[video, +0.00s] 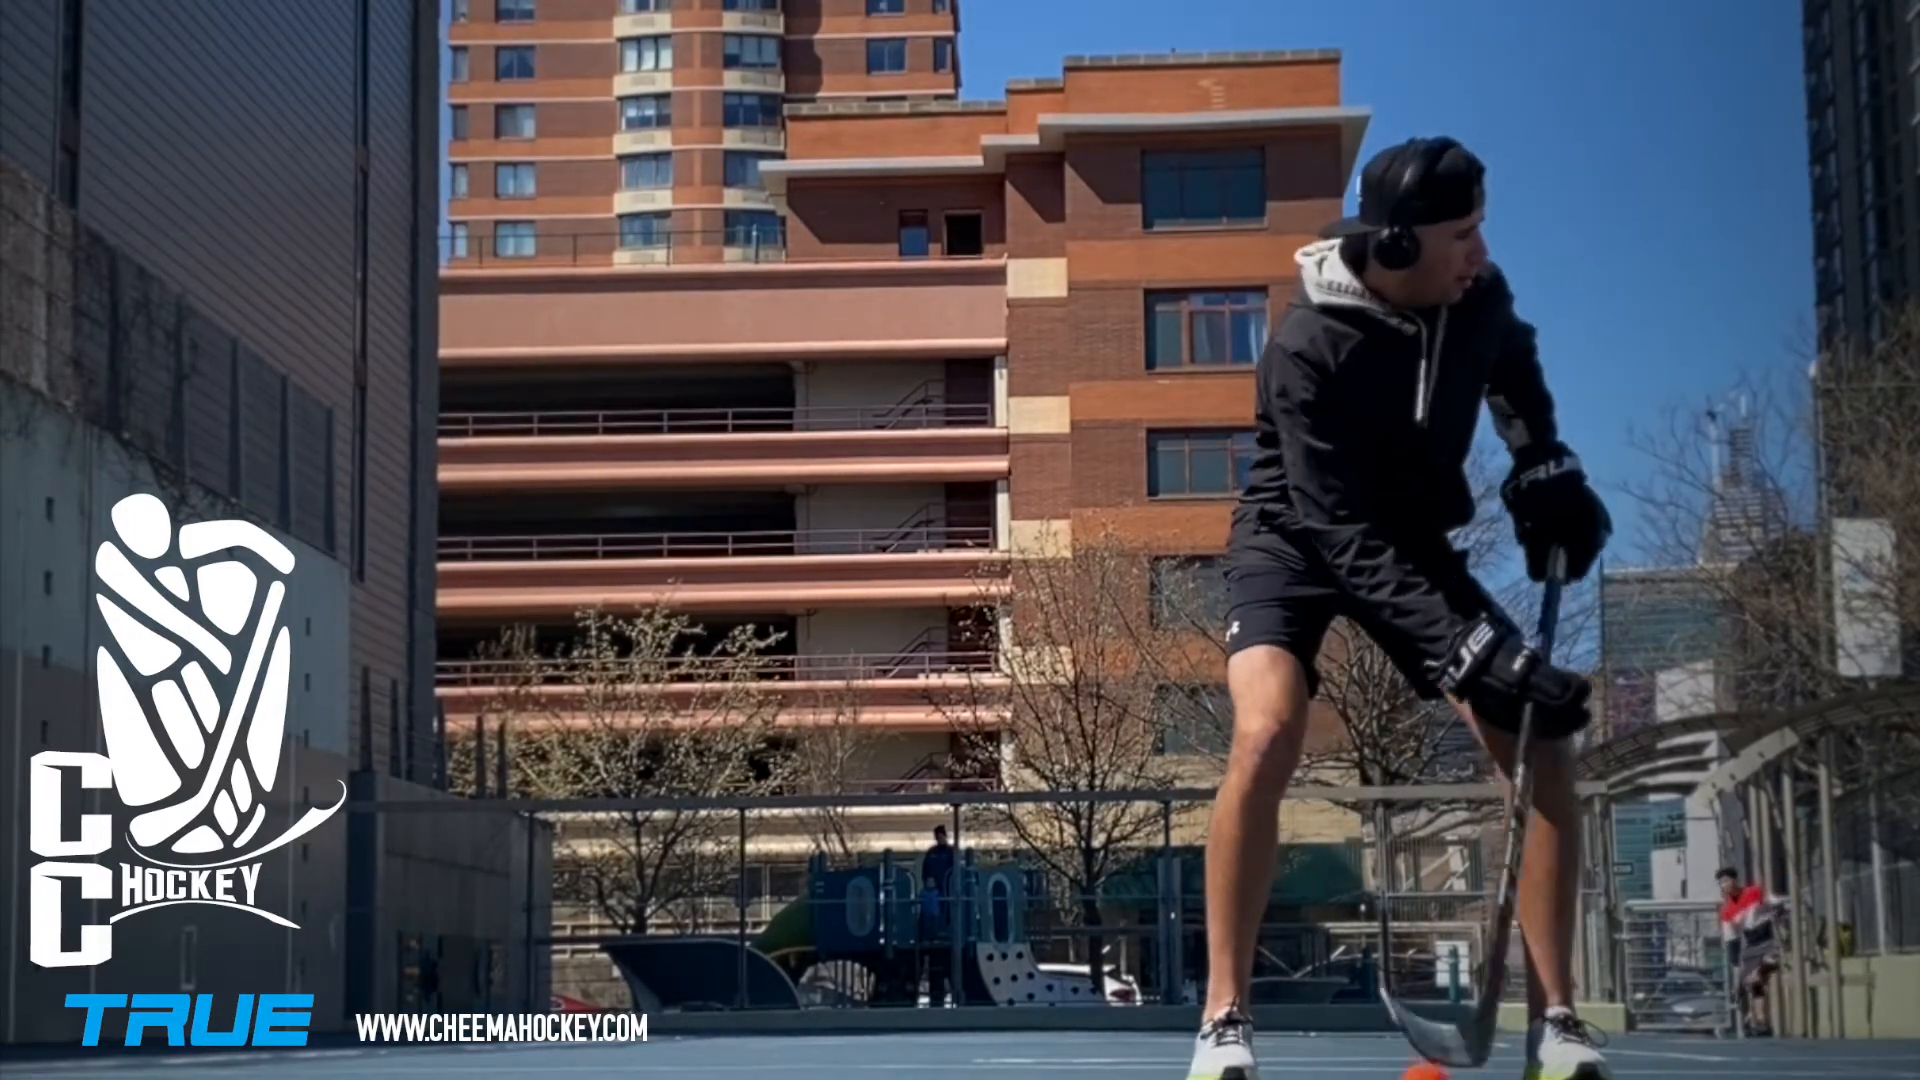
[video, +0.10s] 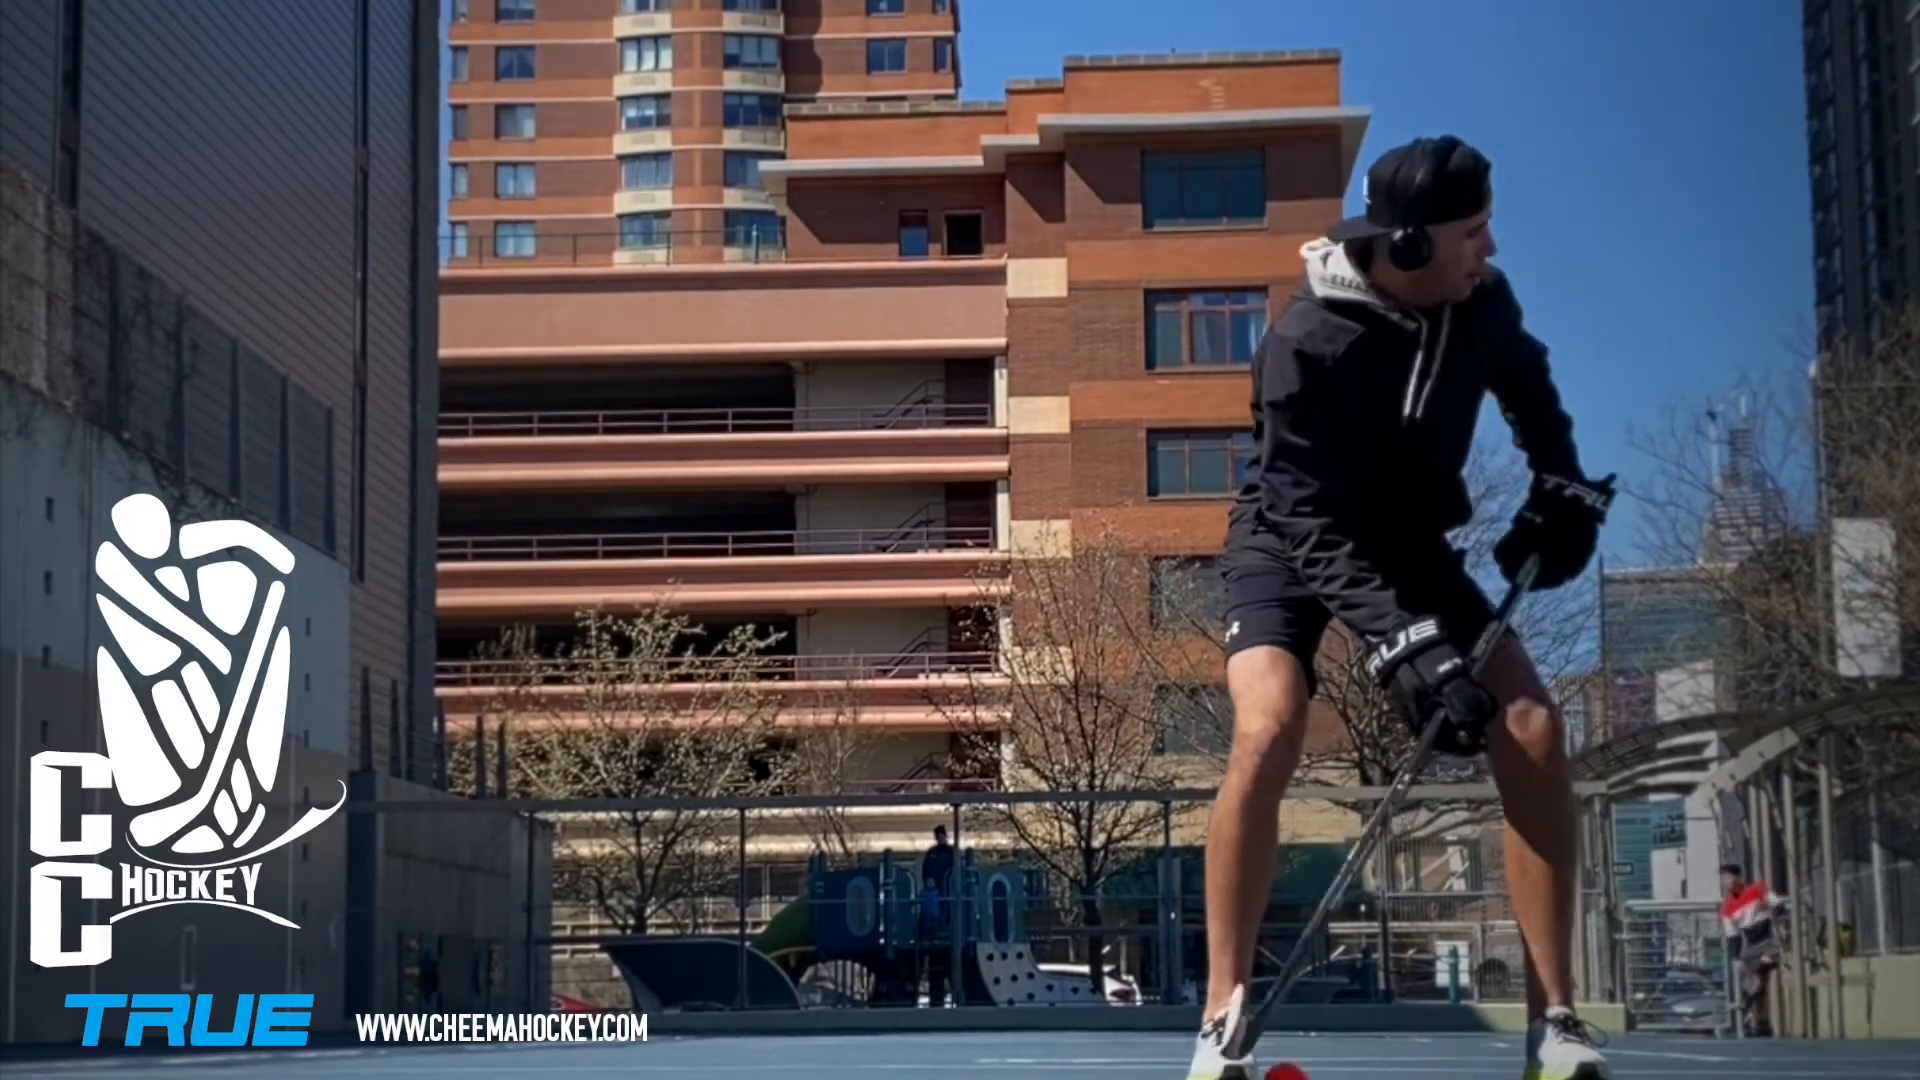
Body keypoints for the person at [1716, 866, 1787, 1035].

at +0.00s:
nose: (1724, 887)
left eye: (1726, 882)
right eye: (1721, 883)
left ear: (1735, 881)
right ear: (1721, 886)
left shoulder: (1754, 894)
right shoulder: (1727, 910)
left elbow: (1777, 903)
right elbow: (1731, 940)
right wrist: (1733, 965)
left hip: (1769, 947)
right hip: (1749, 951)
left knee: (1755, 982)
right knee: (1743, 987)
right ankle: (1751, 1022)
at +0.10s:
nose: (1726, 884)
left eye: (1729, 879)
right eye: (1724, 880)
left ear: (1738, 878)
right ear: (1723, 882)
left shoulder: (1757, 891)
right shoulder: (1727, 908)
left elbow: (1779, 904)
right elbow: (1732, 936)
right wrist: (1734, 957)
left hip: (1767, 945)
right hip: (1748, 950)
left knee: (1760, 987)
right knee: (1751, 989)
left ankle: (1762, 1024)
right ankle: (1758, 1025)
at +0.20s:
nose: (1729, 880)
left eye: (1732, 875)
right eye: (1727, 875)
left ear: (1742, 876)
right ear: (1727, 878)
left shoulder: (1758, 890)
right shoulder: (1731, 903)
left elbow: (1778, 903)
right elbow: (1731, 931)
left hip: (1763, 937)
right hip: (1743, 941)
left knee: (1758, 977)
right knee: (1748, 981)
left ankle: (1759, 1020)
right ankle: (1752, 1021)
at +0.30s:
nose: (1731, 879)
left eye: (1734, 874)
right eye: (1730, 874)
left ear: (1744, 875)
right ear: (1730, 877)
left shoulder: (1758, 891)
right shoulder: (1734, 900)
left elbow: (1778, 906)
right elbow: (1733, 927)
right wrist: (1731, 935)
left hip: (1762, 941)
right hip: (1743, 943)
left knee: (1759, 980)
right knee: (1749, 983)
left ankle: (1763, 1021)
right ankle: (1752, 1021)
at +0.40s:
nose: (1733, 878)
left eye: (1736, 873)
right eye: (1731, 874)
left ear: (1745, 875)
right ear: (1730, 877)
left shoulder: (1759, 891)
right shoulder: (1735, 899)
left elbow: (1772, 911)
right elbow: (1733, 923)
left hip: (1763, 942)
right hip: (1746, 943)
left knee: (1759, 980)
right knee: (1749, 983)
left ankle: (1763, 1021)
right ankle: (1752, 1021)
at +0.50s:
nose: (1734, 878)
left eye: (1737, 873)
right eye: (1732, 874)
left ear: (1746, 874)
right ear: (1733, 876)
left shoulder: (1758, 890)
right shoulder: (1738, 896)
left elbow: (1769, 910)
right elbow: (1735, 917)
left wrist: (1748, 923)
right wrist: (1734, 924)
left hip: (1764, 938)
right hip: (1750, 939)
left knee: (1756, 974)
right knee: (1748, 978)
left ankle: (1762, 1020)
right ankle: (1753, 1019)